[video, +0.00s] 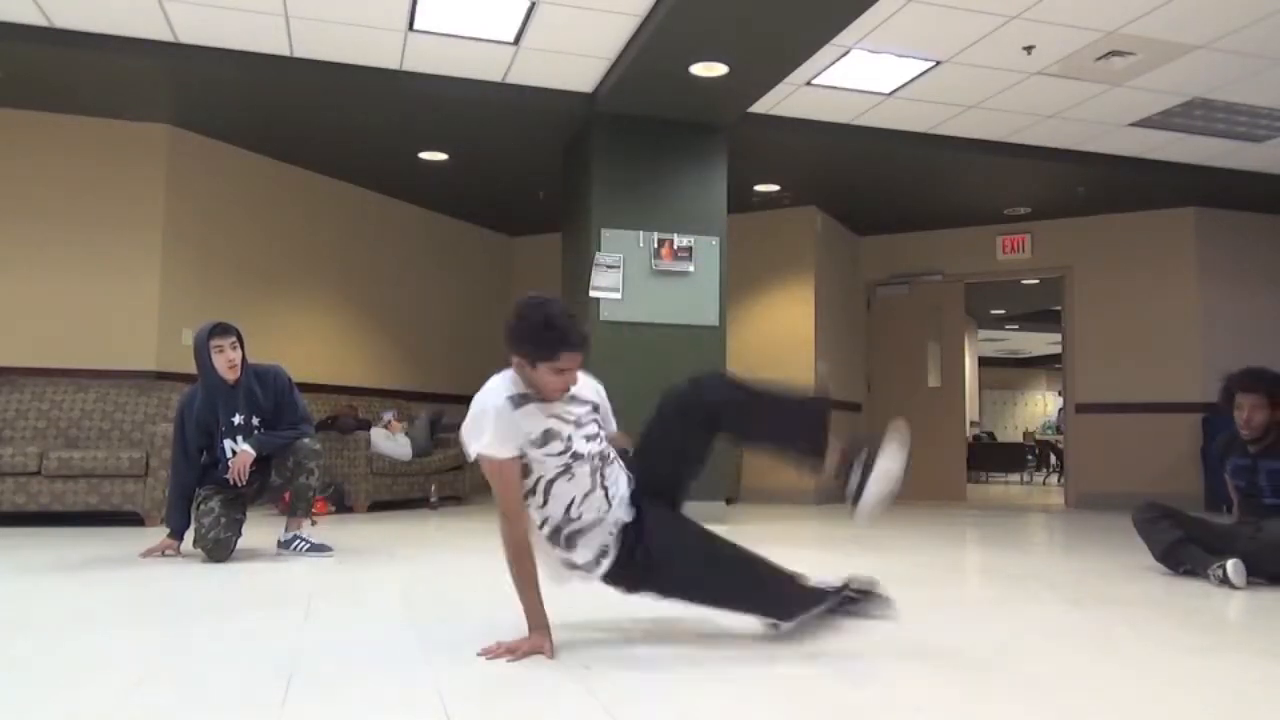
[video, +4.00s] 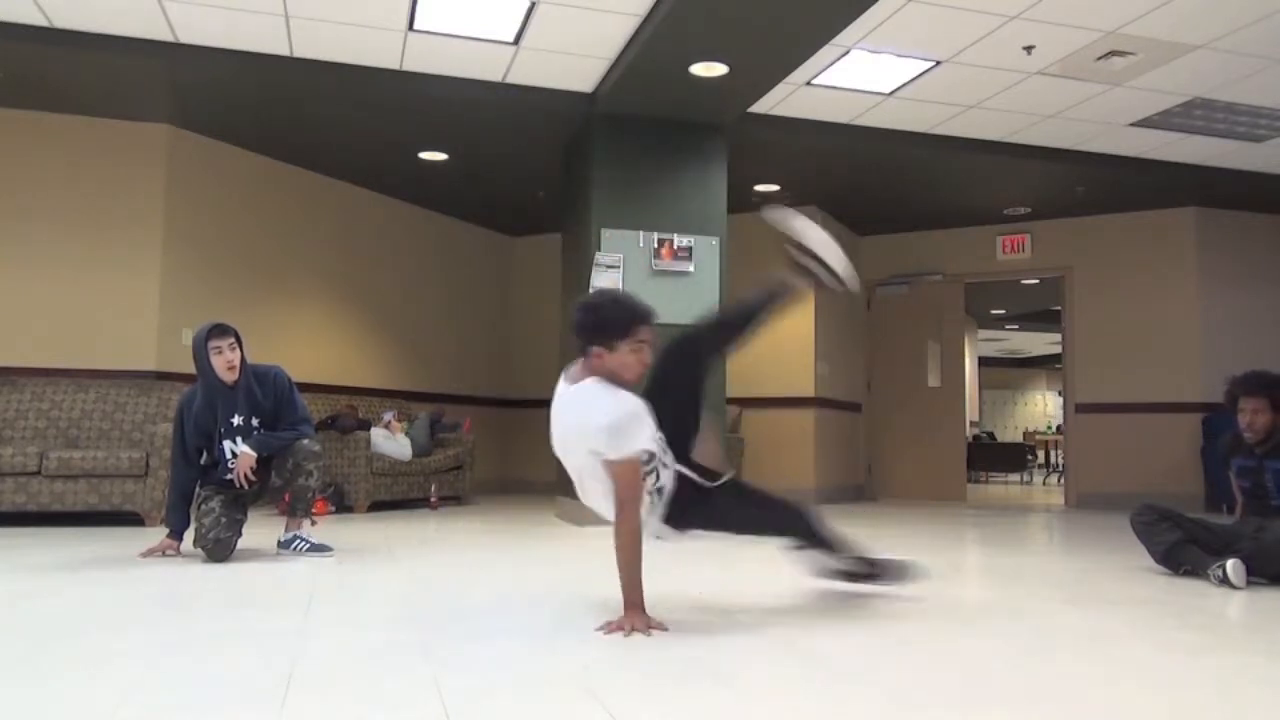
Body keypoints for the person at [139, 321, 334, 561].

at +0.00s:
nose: (230, 356)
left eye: (234, 347)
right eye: (219, 351)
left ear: (242, 350)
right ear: (205, 359)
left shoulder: (272, 380)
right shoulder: (193, 404)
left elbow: (304, 429)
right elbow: (184, 470)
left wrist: (254, 446)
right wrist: (174, 535)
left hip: (265, 477)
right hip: (219, 488)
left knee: (308, 450)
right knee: (215, 549)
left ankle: (292, 534)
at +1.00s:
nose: (230, 358)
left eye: (234, 349)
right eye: (219, 353)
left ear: (243, 352)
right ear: (205, 360)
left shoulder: (273, 380)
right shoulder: (194, 404)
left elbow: (304, 429)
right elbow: (184, 471)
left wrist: (254, 447)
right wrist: (175, 535)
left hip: (265, 476)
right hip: (219, 488)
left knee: (308, 449)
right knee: (215, 549)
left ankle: (292, 534)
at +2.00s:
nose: (231, 354)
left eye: (234, 345)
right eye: (219, 349)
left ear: (242, 349)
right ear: (205, 358)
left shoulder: (272, 380)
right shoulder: (194, 403)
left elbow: (303, 429)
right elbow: (184, 470)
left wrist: (255, 444)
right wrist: (174, 535)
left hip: (266, 477)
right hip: (220, 488)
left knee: (307, 449)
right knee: (215, 549)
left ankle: (292, 535)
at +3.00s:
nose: (231, 358)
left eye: (234, 349)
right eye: (220, 352)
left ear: (243, 351)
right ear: (205, 360)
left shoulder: (272, 380)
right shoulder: (194, 403)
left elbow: (304, 430)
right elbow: (184, 470)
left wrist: (256, 445)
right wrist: (174, 535)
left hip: (267, 476)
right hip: (221, 488)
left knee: (308, 450)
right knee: (215, 549)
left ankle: (292, 534)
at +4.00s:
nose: (229, 357)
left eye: (233, 348)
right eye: (218, 352)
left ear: (241, 350)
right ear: (204, 361)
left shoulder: (272, 381)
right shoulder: (193, 404)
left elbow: (304, 430)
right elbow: (184, 471)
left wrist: (255, 446)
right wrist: (174, 535)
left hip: (267, 476)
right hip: (220, 488)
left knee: (308, 450)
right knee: (215, 549)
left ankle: (292, 534)